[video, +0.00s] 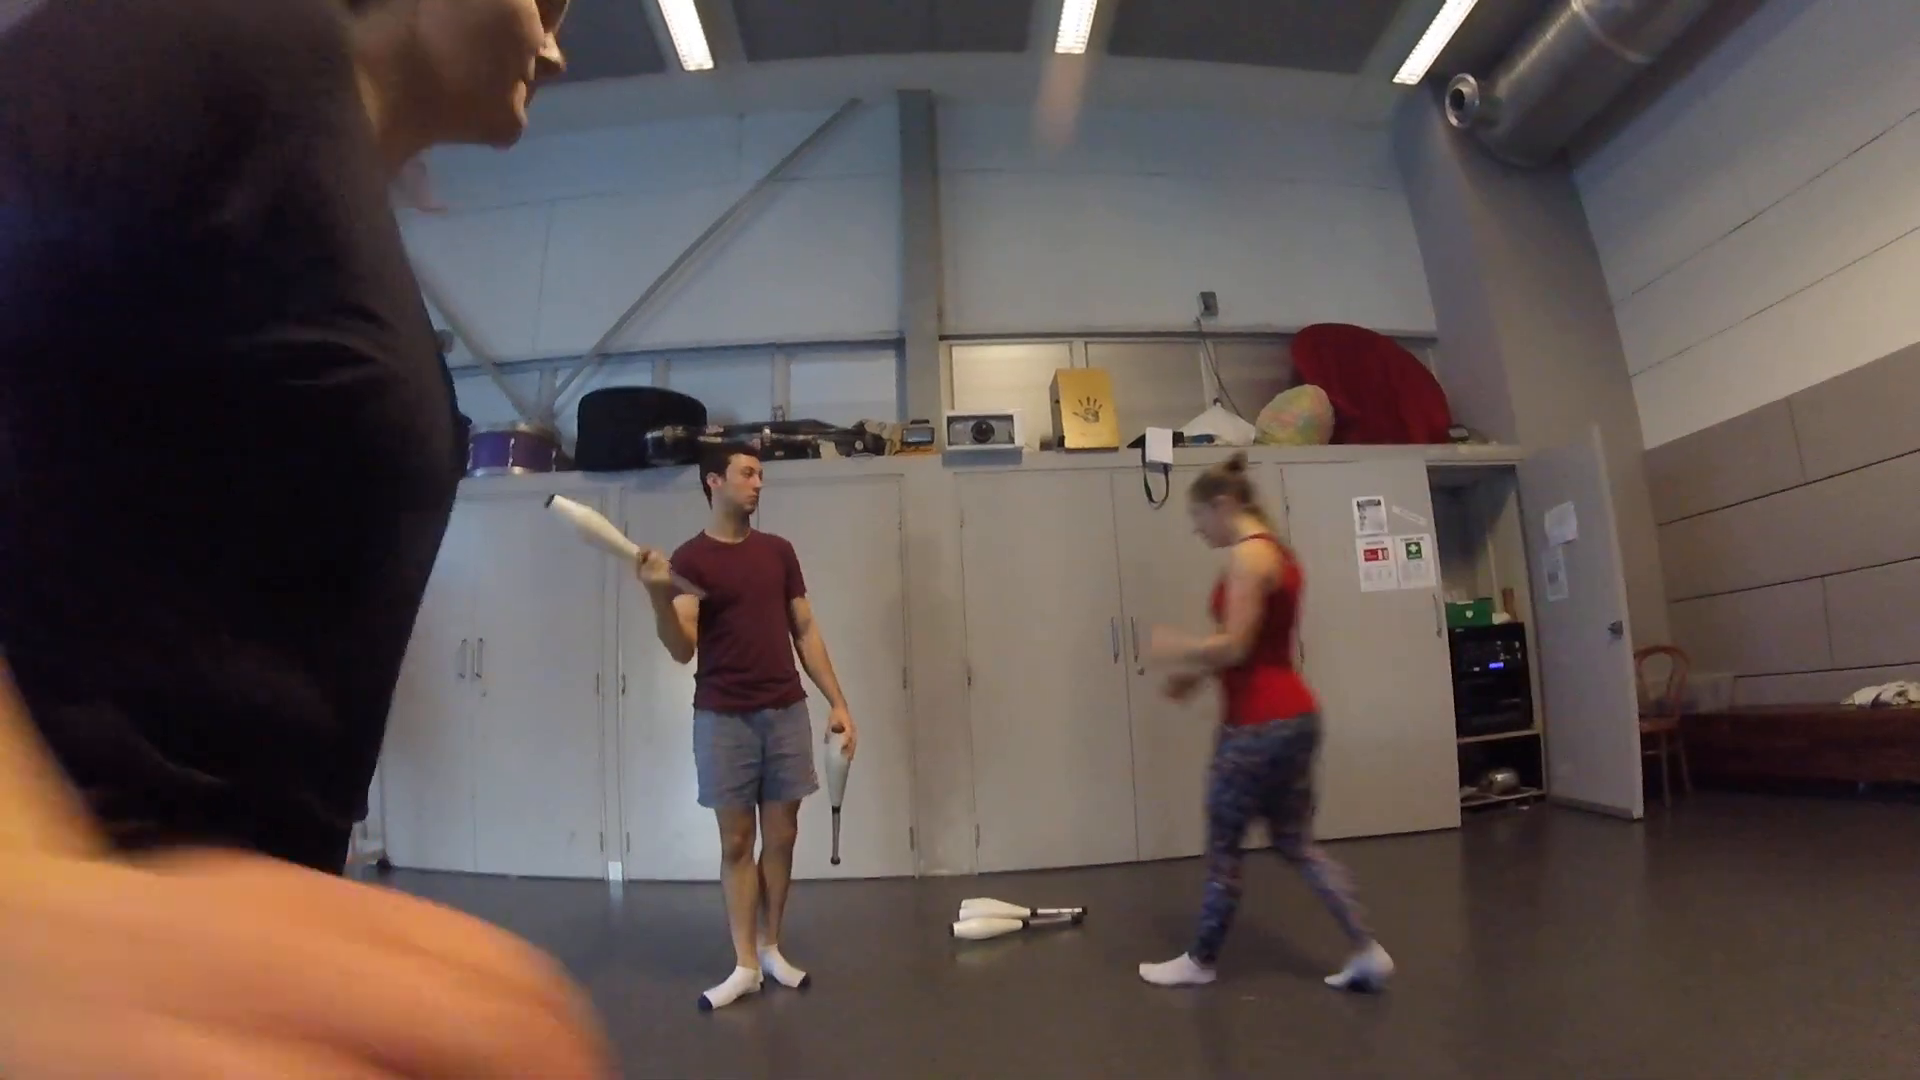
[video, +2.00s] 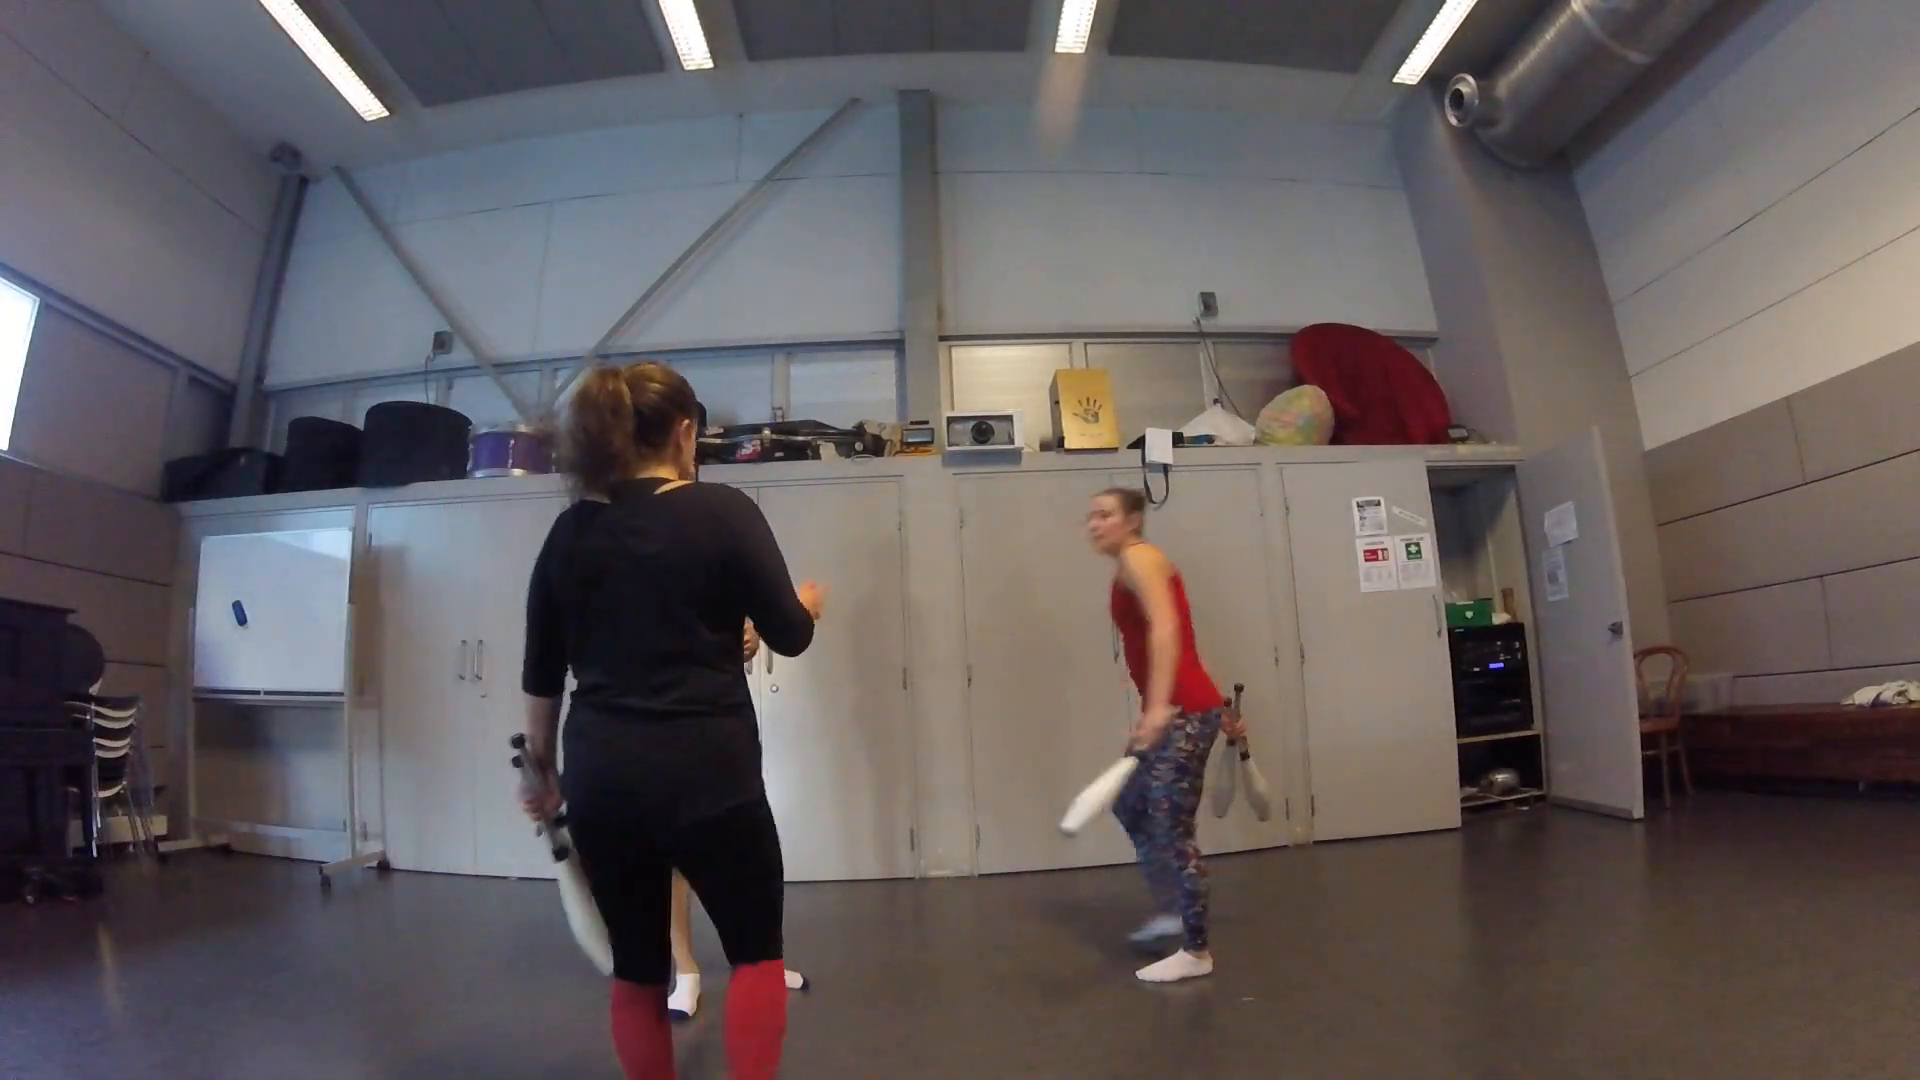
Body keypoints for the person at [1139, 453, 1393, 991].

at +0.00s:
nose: (1197, 528)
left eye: (1199, 516)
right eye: (1195, 518)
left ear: (1223, 507)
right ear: (1239, 506)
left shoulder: (1250, 556)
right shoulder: (1273, 552)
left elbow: (1234, 644)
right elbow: (1252, 642)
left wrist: (1179, 646)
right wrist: (1199, 673)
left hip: (1258, 719)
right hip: (1292, 711)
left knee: (1225, 841)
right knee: (1294, 839)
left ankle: (1202, 957)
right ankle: (1367, 949)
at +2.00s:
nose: (1092, 524)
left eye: (1103, 516)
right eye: (1091, 517)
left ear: (1131, 521)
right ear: (1113, 525)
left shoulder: (1141, 559)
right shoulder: (1137, 564)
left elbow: (1165, 630)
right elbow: (1180, 642)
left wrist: (1157, 707)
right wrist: (1220, 708)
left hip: (1187, 716)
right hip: (1175, 716)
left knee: (1171, 827)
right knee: (1130, 803)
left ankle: (1197, 949)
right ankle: (1176, 907)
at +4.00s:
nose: (1337, 480)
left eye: (1348, 470)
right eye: (1336, 471)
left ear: (1384, 476)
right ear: (1351, 480)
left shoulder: (1419, 531)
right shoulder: (1355, 544)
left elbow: (1463, 617)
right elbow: (1361, 636)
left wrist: (1503, 695)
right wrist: (1349, 711)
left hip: (1427, 707)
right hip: (1371, 710)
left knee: (1444, 828)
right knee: (1385, 833)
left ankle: (1502, 938)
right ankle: (1380, 946)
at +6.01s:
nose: (1322, 480)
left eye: (1332, 470)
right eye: (1321, 471)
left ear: (1367, 474)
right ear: (1348, 477)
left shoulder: (1394, 532)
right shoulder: (1356, 537)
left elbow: (1422, 626)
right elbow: (1362, 634)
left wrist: (1434, 711)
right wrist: (1350, 711)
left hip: (1393, 714)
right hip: (1362, 715)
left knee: (1398, 840)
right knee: (1387, 837)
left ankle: (1393, 978)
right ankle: (1415, 948)